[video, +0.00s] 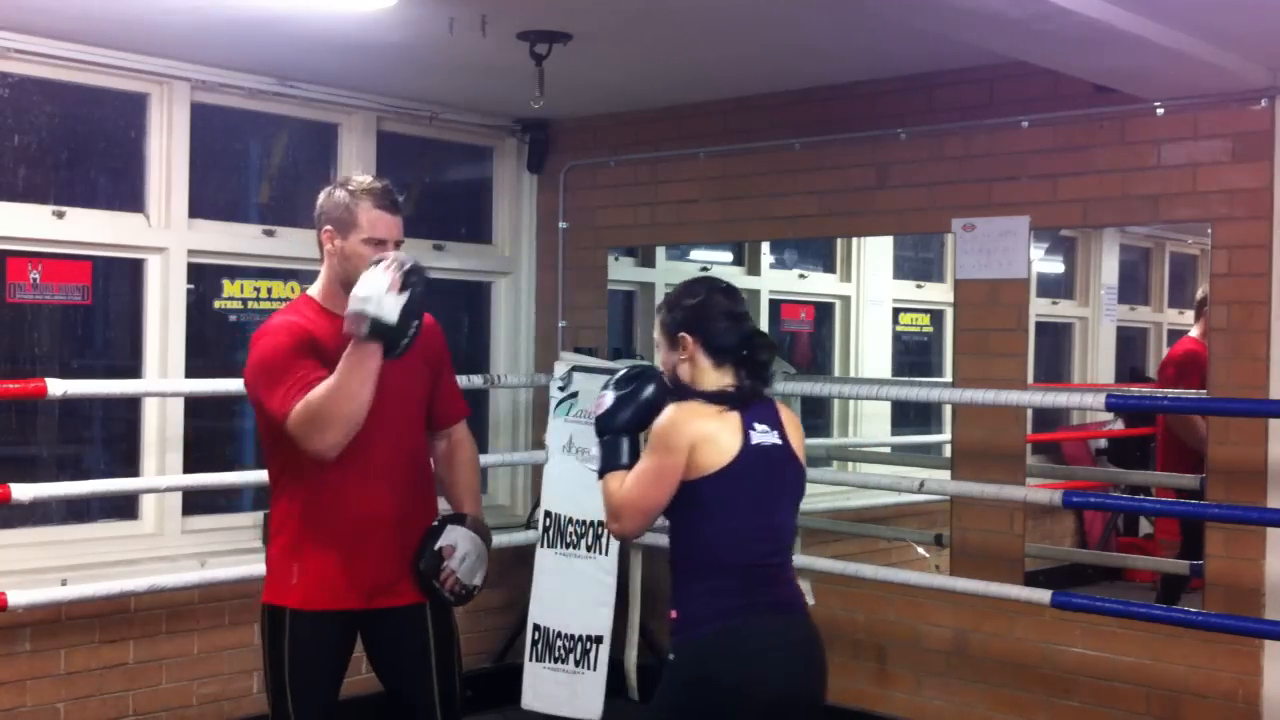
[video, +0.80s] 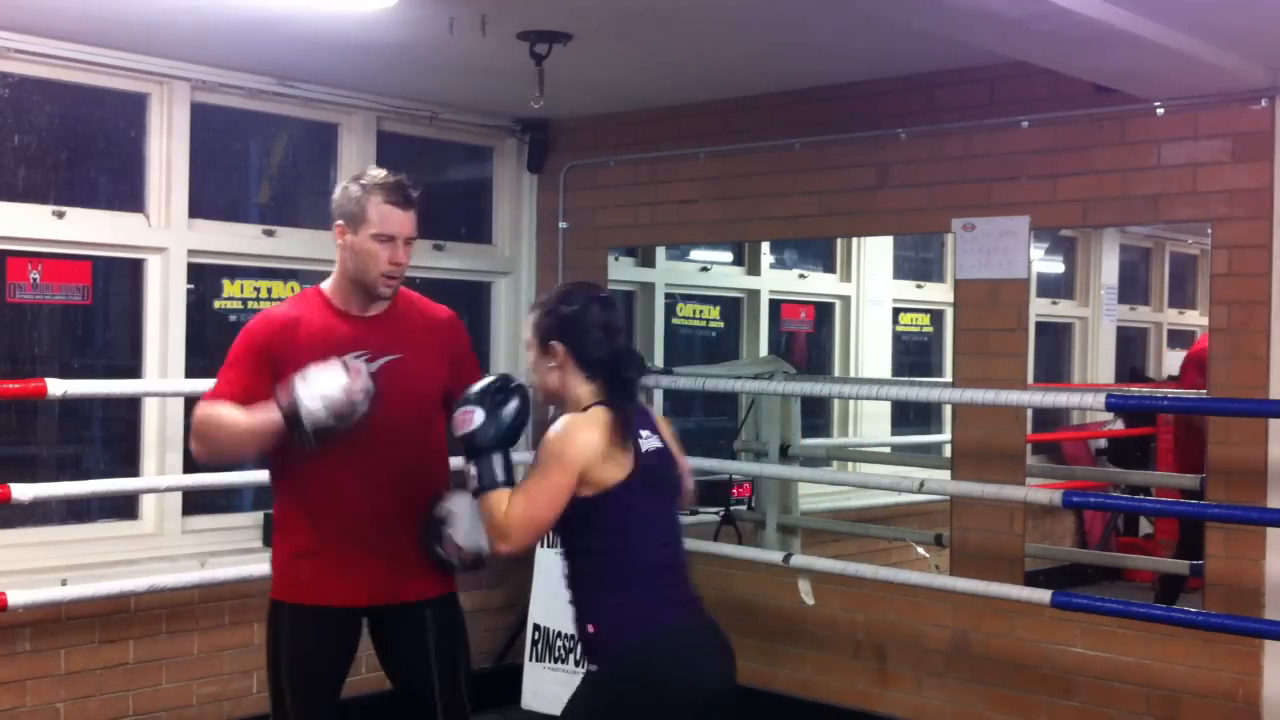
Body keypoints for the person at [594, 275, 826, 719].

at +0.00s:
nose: (659, 359)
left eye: (660, 347)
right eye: (657, 347)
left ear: (686, 347)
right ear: (737, 344)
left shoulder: (682, 421)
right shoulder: (786, 420)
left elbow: (625, 520)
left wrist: (614, 435)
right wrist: (672, 407)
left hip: (713, 653)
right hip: (793, 643)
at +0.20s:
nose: (656, 370)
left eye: (657, 356)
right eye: (653, 357)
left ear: (685, 353)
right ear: (732, 350)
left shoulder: (668, 428)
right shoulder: (786, 429)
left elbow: (615, 531)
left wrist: (605, 447)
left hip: (695, 654)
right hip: (780, 650)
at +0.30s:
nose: (630, 381)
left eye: (632, 368)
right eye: (629, 369)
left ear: (663, 368)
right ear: (709, 366)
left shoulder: (631, 452)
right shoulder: (754, 441)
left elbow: (561, 532)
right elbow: (787, 544)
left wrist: (564, 451)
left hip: (667, 672)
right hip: (755, 671)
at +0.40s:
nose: (574, 380)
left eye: (581, 367)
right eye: (575, 367)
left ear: (616, 377)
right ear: (656, 374)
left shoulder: (599, 458)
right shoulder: (707, 446)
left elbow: (529, 559)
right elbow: (792, 492)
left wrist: (509, 480)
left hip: (650, 683)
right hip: (728, 672)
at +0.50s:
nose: (536, 378)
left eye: (542, 365)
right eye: (537, 364)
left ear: (583, 374)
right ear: (583, 376)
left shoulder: (644, 457)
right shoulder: (591, 447)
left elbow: (610, 589)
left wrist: (555, 515)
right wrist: (547, 492)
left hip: (669, 678)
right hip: (637, 671)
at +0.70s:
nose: (517, 378)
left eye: (519, 363)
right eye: (515, 364)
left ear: (548, 368)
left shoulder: (607, 450)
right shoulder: (578, 439)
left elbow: (531, 554)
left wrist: (494, 488)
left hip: (646, 679)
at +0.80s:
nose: (529, 367)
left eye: (531, 354)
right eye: (528, 353)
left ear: (556, 356)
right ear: (610, 349)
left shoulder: (572, 434)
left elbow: (507, 535)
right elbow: (683, 494)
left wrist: (485, 453)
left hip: (634, 670)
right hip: (696, 655)